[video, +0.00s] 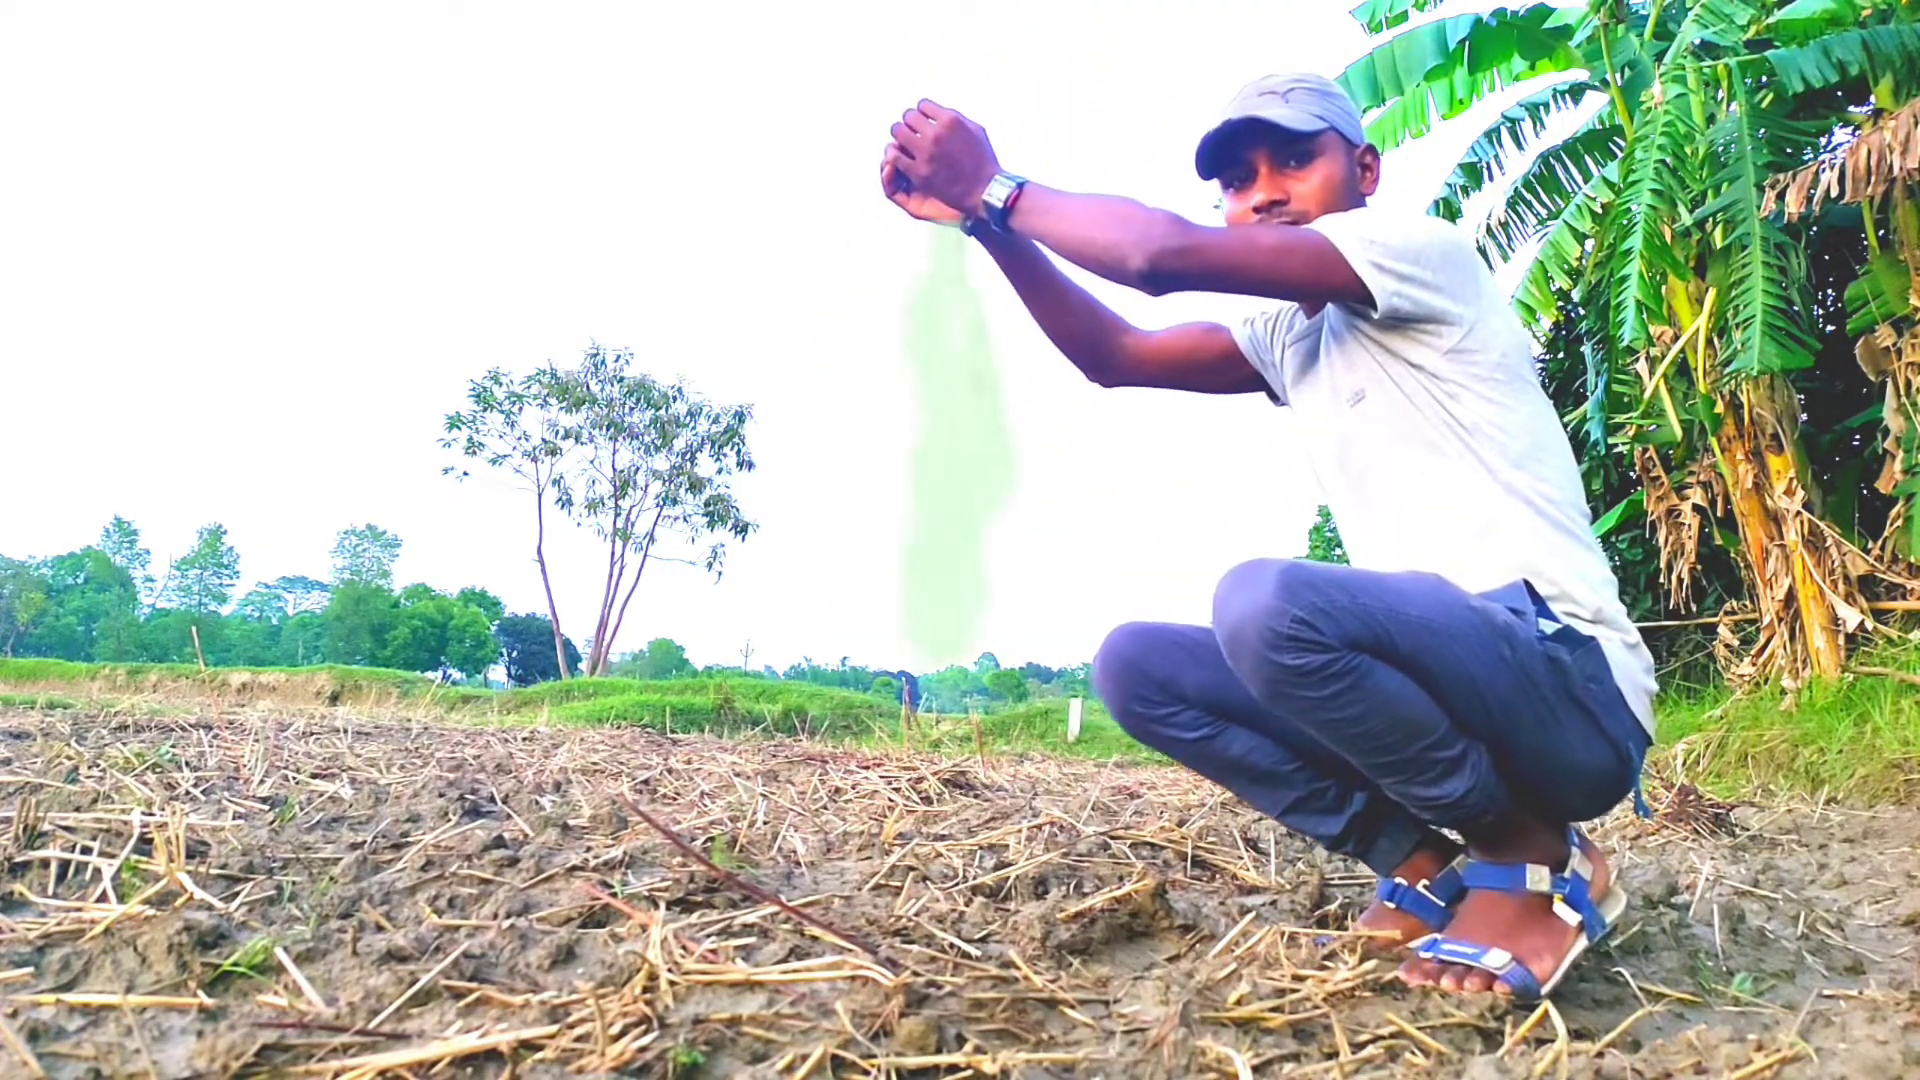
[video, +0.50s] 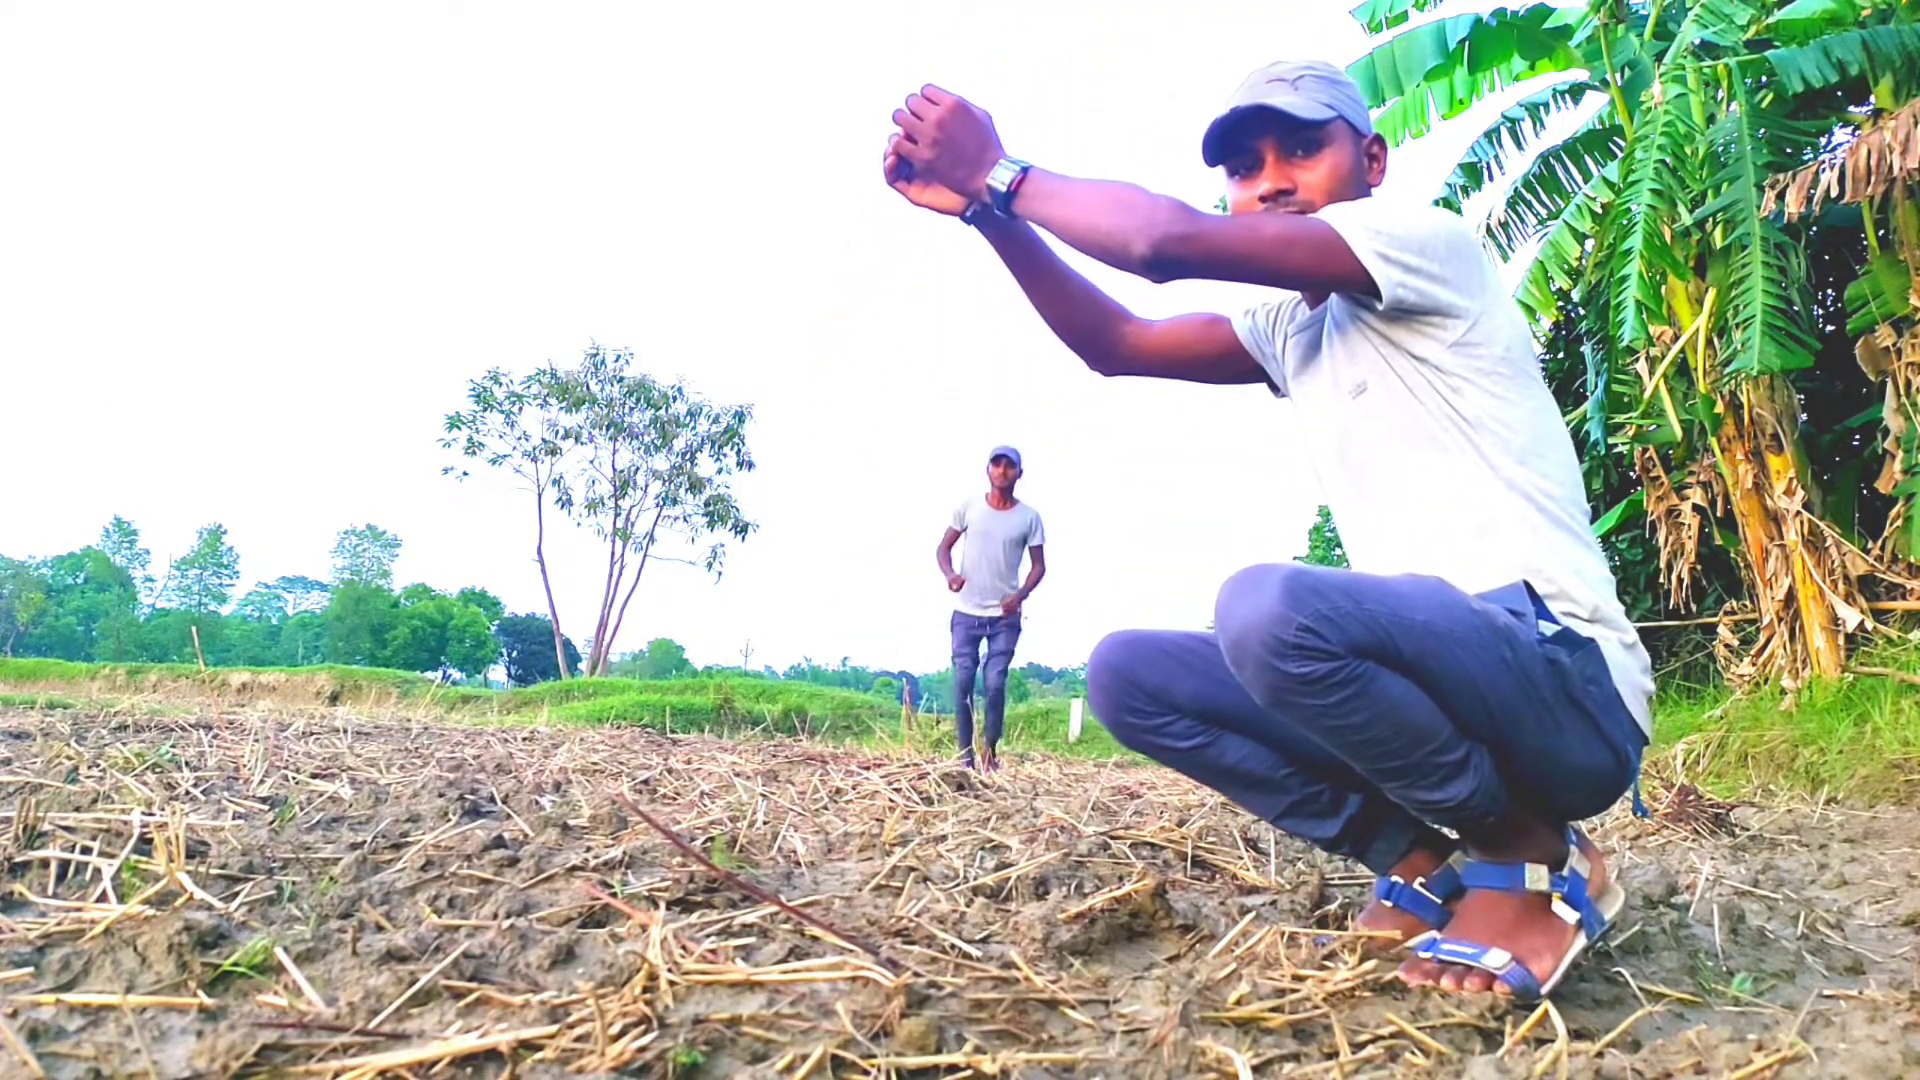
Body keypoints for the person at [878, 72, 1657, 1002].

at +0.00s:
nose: (1264, 193)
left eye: (1294, 157)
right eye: (1237, 178)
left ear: (1367, 170)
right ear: (1224, 202)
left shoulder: (1419, 253)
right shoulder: (1293, 333)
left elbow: (1163, 252)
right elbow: (1115, 354)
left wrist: (991, 192)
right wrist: (989, 222)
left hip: (1569, 679)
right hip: (1445, 693)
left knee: (1266, 606)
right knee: (1137, 667)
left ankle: (1531, 853)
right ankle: (1430, 860)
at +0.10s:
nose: (1264, 190)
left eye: (1296, 154)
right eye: (1237, 175)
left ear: (1368, 167)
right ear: (1225, 200)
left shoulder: (1420, 250)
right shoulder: (1293, 331)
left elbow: (1162, 249)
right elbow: (1115, 353)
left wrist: (993, 190)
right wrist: (989, 222)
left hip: (1568, 678)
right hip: (1444, 692)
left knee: (1266, 608)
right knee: (1134, 670)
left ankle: (1530, 852)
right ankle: (1427, 863)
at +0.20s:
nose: (1266, 188)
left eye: (1298, 152)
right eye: (1239, 172)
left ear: (1369, 166)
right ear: (1226, 196)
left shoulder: (1422, 247)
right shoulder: (1295, 330)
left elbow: (1163, 246)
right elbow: (1115, 350)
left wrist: (993, 187)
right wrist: (990, 222)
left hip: (1567, 676)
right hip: (1444, 691)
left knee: (1265, 609)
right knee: (1132, 673)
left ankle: (1528, 850)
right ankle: (1427, 860)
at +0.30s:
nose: (1269, 184)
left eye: (1301, 149)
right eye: (1241, 168)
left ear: (1372, 165)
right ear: (1227, 194)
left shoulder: (1427, 246)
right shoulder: (1295, 330)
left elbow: (1159, 243)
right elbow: (1115, 348)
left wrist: (995, 178)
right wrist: (990, 218)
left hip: (1565, 674)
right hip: (1440, 687)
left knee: (1267, 610)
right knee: (1127, 675)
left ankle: (1530, 851)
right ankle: (1423, 857)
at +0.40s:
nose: (1270, 182)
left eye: (1302, 148)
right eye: (1242, 167)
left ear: (1374, 162)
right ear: (1229, 191)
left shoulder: (1428, 245)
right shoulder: (1297, 328)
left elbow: (1160, 241)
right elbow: (1117, 345)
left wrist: (996, 175)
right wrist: (990, 215)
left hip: (1565, 674)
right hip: (1440, 688)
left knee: (1269, 610)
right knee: (1127, 675)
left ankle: (1530, 852)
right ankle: (1426, 858)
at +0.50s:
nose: (1271, 181)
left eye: (1303, 146)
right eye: (1244, 164)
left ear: (1375, 160)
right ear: (1229, 188)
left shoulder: (1428, 242)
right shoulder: (1298, 327)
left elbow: (1161, 239)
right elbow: (1116, 342)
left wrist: (997, 172)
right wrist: (991, 212)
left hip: (1565, 674)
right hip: (1440, 687)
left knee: (1268, 612)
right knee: (1127, 676)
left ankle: (1528, 854)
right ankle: (1426, 860)